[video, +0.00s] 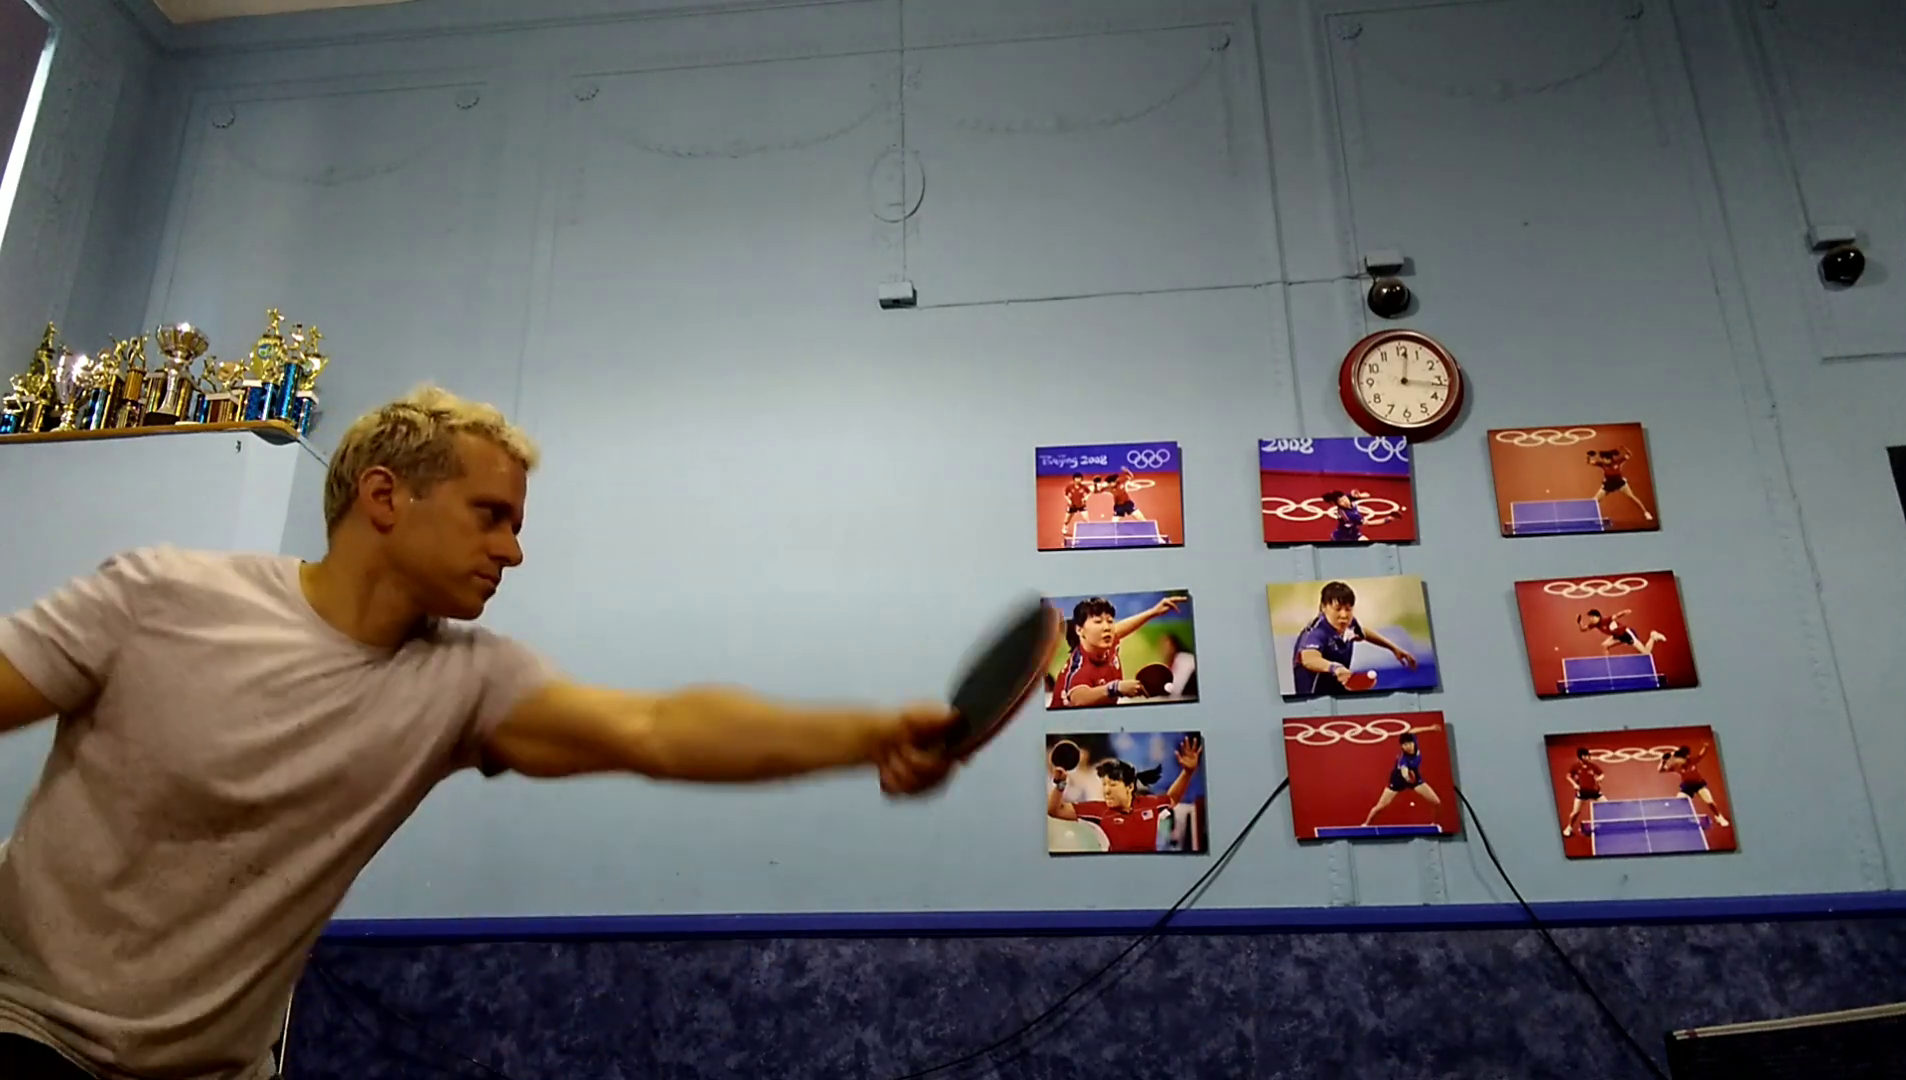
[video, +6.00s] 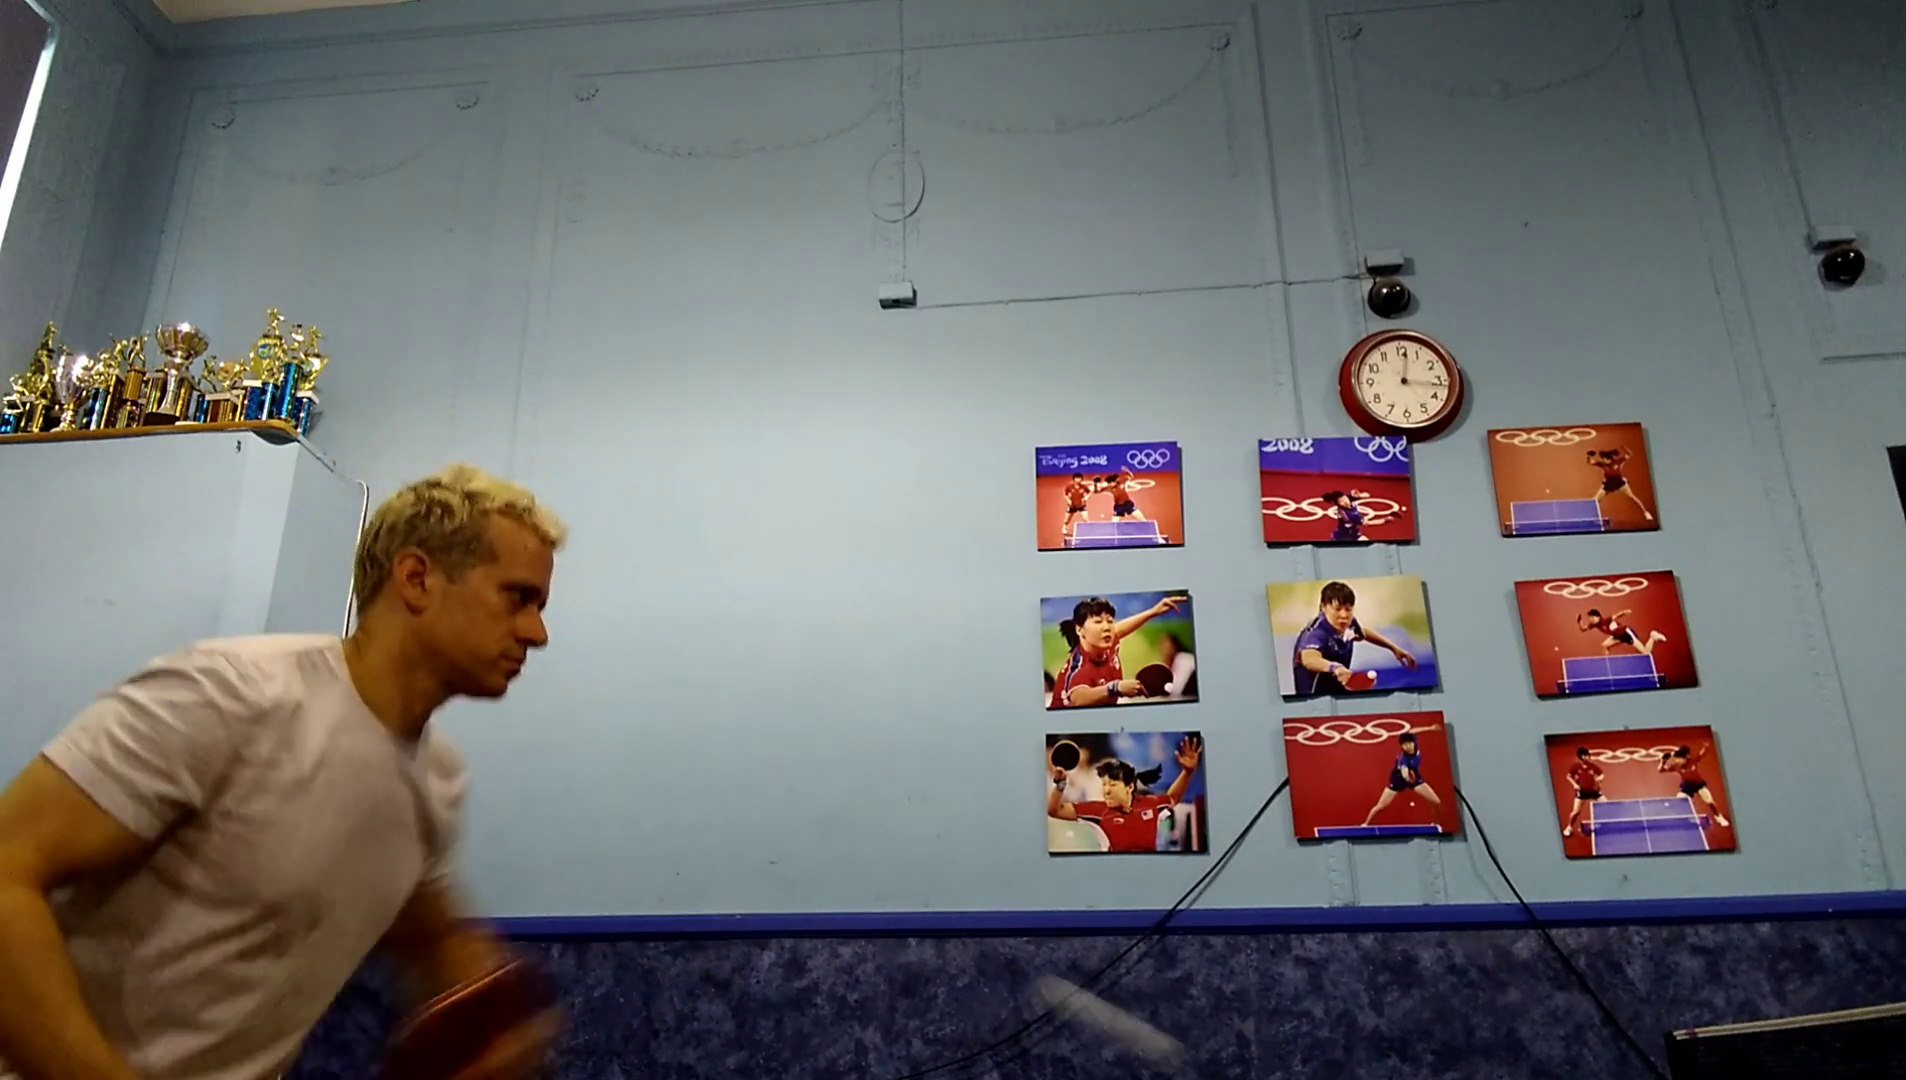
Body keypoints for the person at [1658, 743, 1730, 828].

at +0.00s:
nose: (1681, 761)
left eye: (1683, 759)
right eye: (1680, 760)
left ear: (1687, 757)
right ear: (1677, 758)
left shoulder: (1692, 761)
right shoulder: (1676, 766)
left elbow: (1700, 756)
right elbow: (1661, 770)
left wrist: (1705, 747)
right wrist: (1663, 761)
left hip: (1699, 784)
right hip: (1686, 786)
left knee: (1710, 802)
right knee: (1678, 803)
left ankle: (1718, 816)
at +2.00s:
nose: (1685, 759)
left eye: (1686, 756)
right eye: (1683, 757)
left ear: (1687, 756)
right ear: (1679, 757)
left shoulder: (1692, 760)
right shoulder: (1676, 765)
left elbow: (1701, 755)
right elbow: (1661, 770)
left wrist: (1705, 747)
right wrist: (1663, 760)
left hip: (1699, 784)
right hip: (1686, 786)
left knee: (1710, 802)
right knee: (1678, 803)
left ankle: (1718, 817)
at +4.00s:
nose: (1686, 760)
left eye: (1687, 758)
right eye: (1683, 759)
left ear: (1688, 757)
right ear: (1678, 759)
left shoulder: (1693, 761)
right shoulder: (1676, 766)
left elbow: (1701, 755)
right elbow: (1660, 771)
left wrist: (1705, 747)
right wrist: (1663, 761)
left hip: (1699, 784)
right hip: (1687, 785)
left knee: (1710, 802)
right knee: (1679, 802)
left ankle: (1718, 816)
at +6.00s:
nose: (1679, 762)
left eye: (1680, 760)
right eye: (1677, 760)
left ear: (1686, 757)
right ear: (1676, 759)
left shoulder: (1693, 761)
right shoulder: (1676, 766)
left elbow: (1701, 755)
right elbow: (1661, 771)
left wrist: (1705, 747)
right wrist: (1663, 761)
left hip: (1699, 784)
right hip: (1686, 785)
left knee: (1710, 802)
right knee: (1679, 802)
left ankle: (1718, 816)